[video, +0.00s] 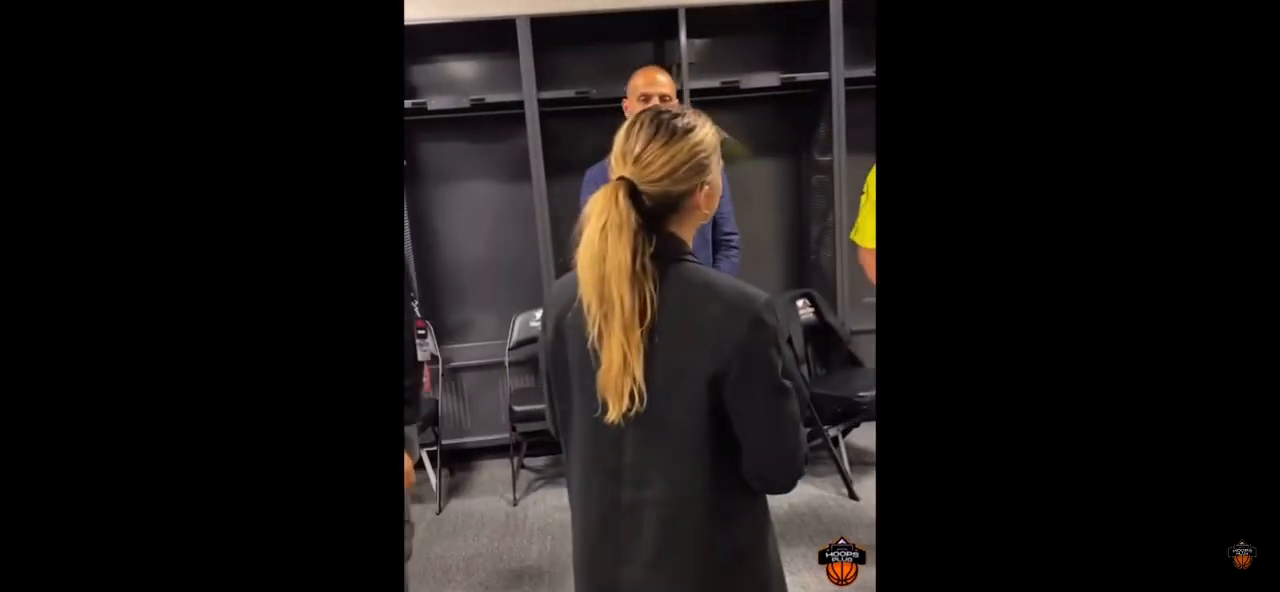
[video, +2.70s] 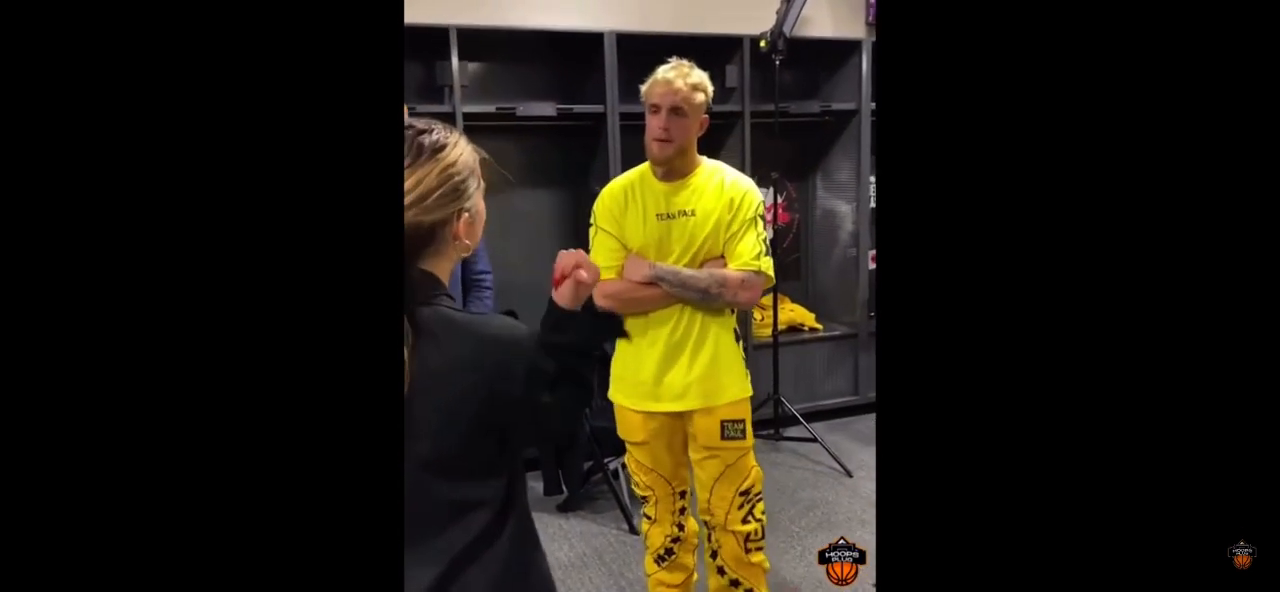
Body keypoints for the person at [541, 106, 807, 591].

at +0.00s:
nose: (722, 183)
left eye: (719, 169)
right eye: (719, 171)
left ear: (620, 183)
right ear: (704, 194)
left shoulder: (566, 302)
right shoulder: (739, 313)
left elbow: (567, 431)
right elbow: (778, 470)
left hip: (607, 564)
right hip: (712, 567)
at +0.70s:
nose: (662, 175)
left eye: (656, 164)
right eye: (655, 167)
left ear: (562, 190)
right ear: (633, 195)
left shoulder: (516, 295)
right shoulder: (679, 305)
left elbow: (523, 420)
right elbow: (727, 452)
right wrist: (720, 352)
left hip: (550, 557)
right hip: (651, 559)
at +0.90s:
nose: (603, 194)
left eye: (599, 181)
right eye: (597, 183)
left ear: (501, 201)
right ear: (573, 207)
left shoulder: (466, 299)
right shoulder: (614, 316)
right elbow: (681, 435)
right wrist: (673, 331)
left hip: (486, 563)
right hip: (588, 567)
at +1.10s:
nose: (551, 208)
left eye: (545, 195)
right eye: (543, 198)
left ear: (440, 218)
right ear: (512, 230)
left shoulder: (412, 314)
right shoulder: (558, 330)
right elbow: (628, 414)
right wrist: (629, 287)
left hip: (424, 568)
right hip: (532, 569)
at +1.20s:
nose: (528, 217)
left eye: (523, 205)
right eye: (520, 208)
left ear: (419, 221)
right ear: (492, 236)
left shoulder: (409, 317)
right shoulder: (530, 331)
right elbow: (611, 398)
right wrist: (581, 283)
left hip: (417, 568)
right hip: (515, 570)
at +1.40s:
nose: (492, 221)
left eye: (488, 210)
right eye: (485, 212)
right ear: (461, 238)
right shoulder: (494, 332)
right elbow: (575, 374)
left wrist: (518, 280)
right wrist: (521, 277)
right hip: (489, 569)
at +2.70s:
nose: (484, 207)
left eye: (481, 194)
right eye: (481, 195)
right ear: (462, 227)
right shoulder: (492, 348)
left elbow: (548, 433)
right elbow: (552, 435)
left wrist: (565, 319)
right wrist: (568, 318)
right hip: (486, 574)